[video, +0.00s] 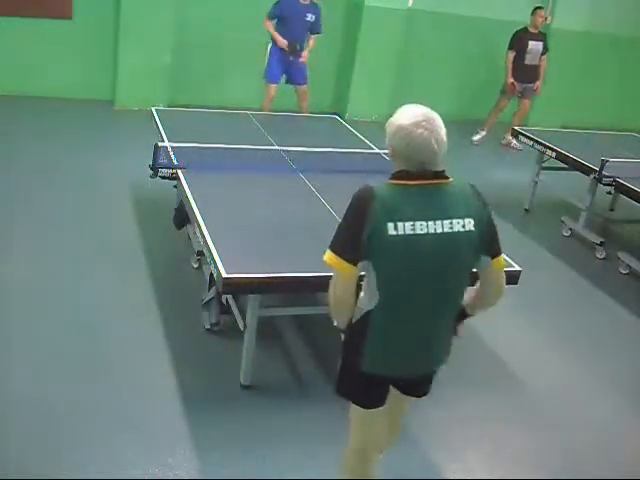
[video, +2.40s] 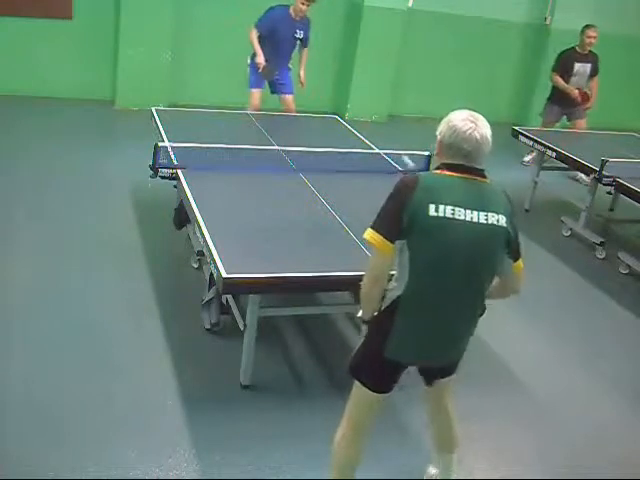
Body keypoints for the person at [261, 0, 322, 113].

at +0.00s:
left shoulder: (314, 9)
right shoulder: (284, 3)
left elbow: (313, 35)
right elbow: (268, 21)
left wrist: (306, 51)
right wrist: (278, 39)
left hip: (298, 52)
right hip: (279, 49)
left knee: (303, 90)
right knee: (271, 90)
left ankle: (303, 122)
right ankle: (264, 120)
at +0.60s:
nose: (312, 3)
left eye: (315, 1)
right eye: (310, 0)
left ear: (319, 3)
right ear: (306, 1)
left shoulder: (321, 21)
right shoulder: (291, 10)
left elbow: (323, 45)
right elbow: (273, 28)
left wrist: (318, 54)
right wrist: (299, 32)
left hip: (301, 63)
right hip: (279, 59)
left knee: (298, 99)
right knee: (271, 101)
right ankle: (268, 129)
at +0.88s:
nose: (318, 21)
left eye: (322, 19)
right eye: (317, 17)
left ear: (325, 20)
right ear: (309, 13)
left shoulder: (322, 36)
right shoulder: (294, 22)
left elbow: (324, 56)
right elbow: (283, 35)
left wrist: (324, 58)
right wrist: (309, 40)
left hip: (298, 70)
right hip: (278, 65)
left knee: (296, 108)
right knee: (278, 106)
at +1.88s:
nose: (315, 24)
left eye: (319, 23)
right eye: (316, 19)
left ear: (321, 25)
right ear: (309, 13)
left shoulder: (310, 35)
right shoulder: (287, 24)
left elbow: (310, 58)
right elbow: (283, 55)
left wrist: (314, 78)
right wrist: (307, 46)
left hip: (291, 72)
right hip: (272, 70)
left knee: (296, 110)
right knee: (282, 108)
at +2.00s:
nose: (316, 32)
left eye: (320, 31)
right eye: (316, 27)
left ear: (320, 32)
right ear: (311, 20)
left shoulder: (308, 37)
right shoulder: (288, 27)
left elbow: (306, 60)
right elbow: (265, 48)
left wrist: (308, 79)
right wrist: (279, 57)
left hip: (291, 74)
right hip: (270, 72)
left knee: (295, 111)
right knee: (281, 109)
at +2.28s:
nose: (311, 19)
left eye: (315, 17)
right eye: (310, 14)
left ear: (316, 18)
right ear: (305, 7)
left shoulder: (306, 27)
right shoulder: (283, 17)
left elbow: (304, 51)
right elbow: (257, 36)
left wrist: (304, 76)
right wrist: (262, 59)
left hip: (286, 67)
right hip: (267, 65)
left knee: (292, 106)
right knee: (271, 104)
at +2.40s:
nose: (304, 8)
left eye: (307, 5)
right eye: (302, 3)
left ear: (309, 7)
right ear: (295, 2)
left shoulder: (304, 23)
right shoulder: (276, 13)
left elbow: (304, 47)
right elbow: (254, 33)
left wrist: (302, 70)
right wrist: (259, 55)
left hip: (282, 66)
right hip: (260, 62)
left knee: (290, 108)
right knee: (255, 105)